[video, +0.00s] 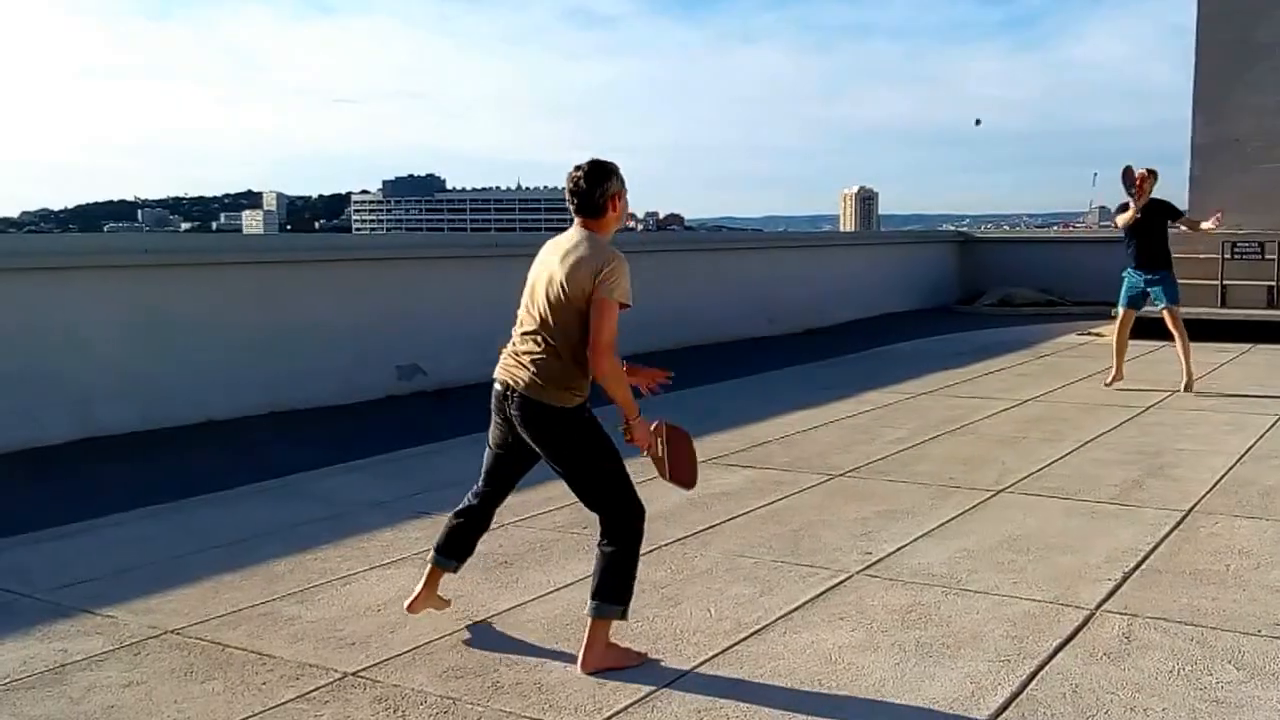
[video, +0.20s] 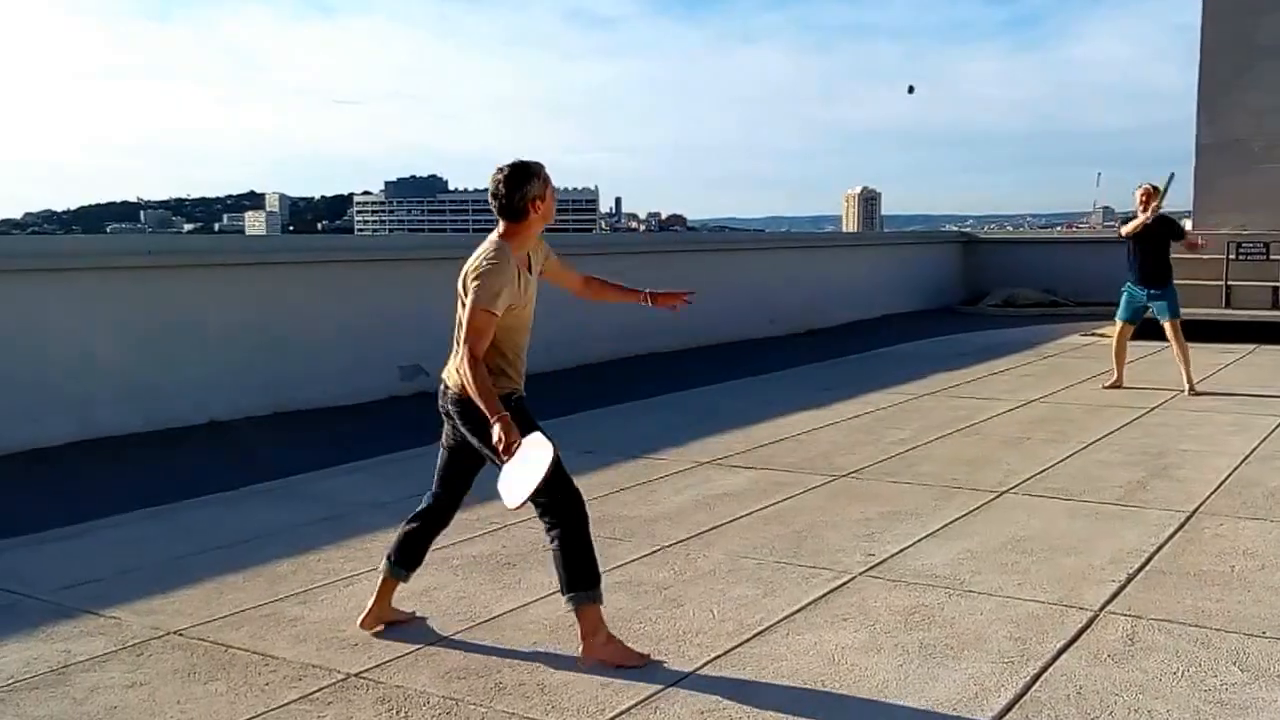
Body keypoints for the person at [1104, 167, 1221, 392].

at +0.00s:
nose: (1140, 185)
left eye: (1145, 182)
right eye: (1138, 180)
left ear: (1152, 185)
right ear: (1133, 183)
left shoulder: (1162, 207)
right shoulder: (1124, 208)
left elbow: (1188, 224)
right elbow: (1120, 223)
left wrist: (1207, 225)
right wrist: (1135, 208)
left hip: (1161, 274)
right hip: (1134, 273)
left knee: (1174, 324)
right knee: (1122, 322)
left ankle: (1187, 374)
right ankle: (1117, 370)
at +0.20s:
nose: (1144, 199)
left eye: (1148, 195)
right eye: (1141, 195)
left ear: (1156, 200)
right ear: (1135, 199)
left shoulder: (1165, 222)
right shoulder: (1129, 222)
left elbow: (1186, 242)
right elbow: (1125, 232)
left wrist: (1196, 245)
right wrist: (1145, 218)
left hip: (1162, 289)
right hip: (1134, 288)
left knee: (1173, 333)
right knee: (1120, 333)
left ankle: (1188, 382)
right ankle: (1117, 377)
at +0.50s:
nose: (1156, 208)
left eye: (1160, 204)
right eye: (1153, 204)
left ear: (1167, 206)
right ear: (1148, 206)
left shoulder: (1179, 230)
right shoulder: (1141, 231)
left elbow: (1188, 259)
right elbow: (1125, 265)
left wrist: (1186, 287)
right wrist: (1126, 292)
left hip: (1172, 295)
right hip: (1144, 294)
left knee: (1182, 338)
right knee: (1122, 337)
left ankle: (1197, 382)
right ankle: (1123, 378)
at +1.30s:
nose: (1204, 199)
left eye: (1208, 194)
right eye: (1203, 195)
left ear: (1222, 195)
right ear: (1204, 198)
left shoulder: (1240, 216)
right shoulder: (1206, 223)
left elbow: (1261, 239)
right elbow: (1190, 250)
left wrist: (1259, 259)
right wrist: (1162, 246)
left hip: (1240, 282)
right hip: (1217, 281)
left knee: (1225, 331)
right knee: (1196, 324)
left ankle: (1241, 379)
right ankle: (1190, 370)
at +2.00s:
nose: (1233, 177)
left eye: (1238, 174)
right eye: (1230, 174)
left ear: (1246, 178)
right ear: (1225, 178)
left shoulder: (1258, 202)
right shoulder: (1219, 204)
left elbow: (1274, 234)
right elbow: (1202, 233)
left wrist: (1265, 261)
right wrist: (1198, 258)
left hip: (1248, 271)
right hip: (1223, 270)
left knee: (1245, 316)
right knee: (1208, 312)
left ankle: (1259, 366)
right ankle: (1211, 351)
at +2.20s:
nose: (1220, 180)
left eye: (1224, 176)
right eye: (1217, 176)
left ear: (1233, 181)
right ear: (1211, 180)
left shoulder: (1243, 205)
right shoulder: (1206, 206)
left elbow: (1264, 231)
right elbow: (1187, 233)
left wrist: (1263, 259)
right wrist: (1170, 259)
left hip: (1234, 269)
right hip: (1209, 268)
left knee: (1234, 312)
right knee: (1194, 313)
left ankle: (1254, 362)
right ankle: (1206, 353)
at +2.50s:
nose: (1201, 163)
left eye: (1206, 159)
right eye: (1198, 159)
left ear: (1215, 163)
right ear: (1193, 163)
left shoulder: (1225, 183)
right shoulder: (1197, 190)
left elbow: (1244, 208)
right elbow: (1193, 219)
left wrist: (1238, 234)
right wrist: (1169, 236)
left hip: (1222, 250)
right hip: (1200, 251)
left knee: (1227, 296)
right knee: (1187, 295)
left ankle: (1248, 346)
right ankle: (1185, 341)